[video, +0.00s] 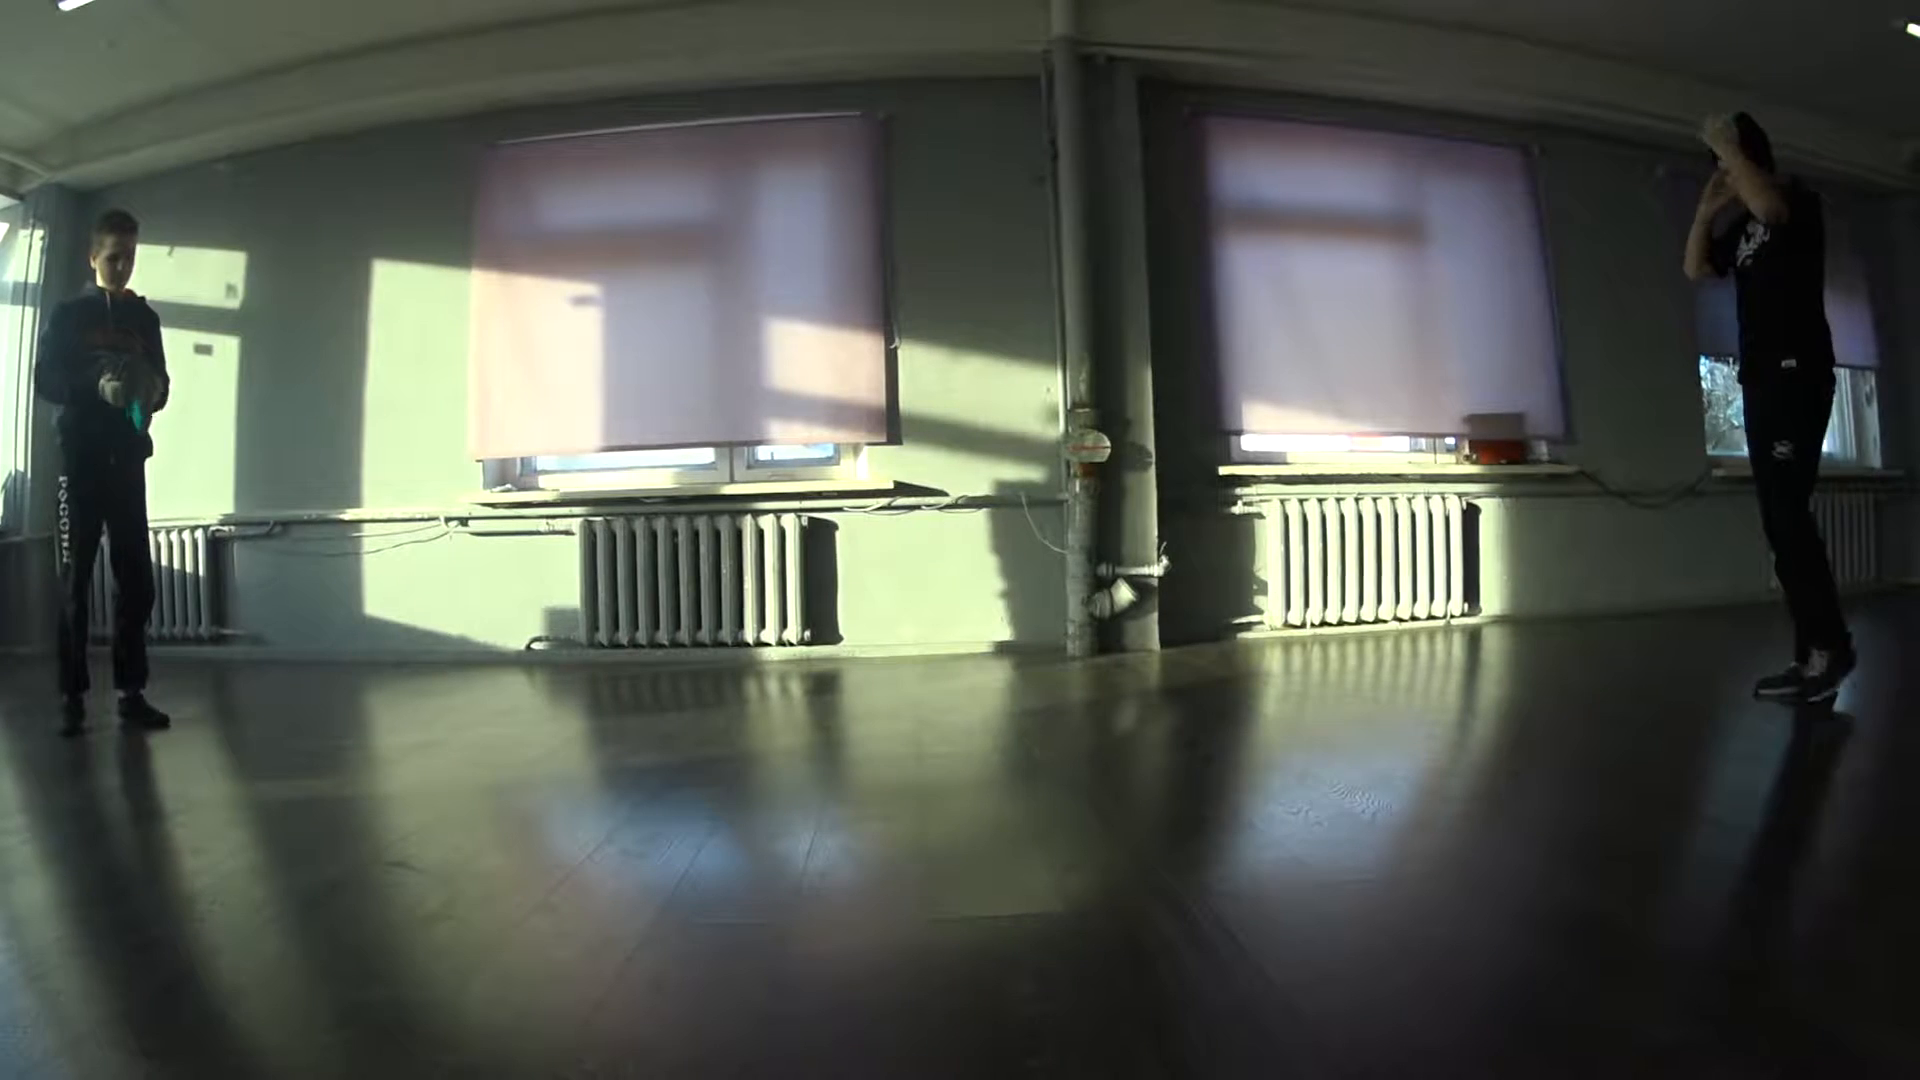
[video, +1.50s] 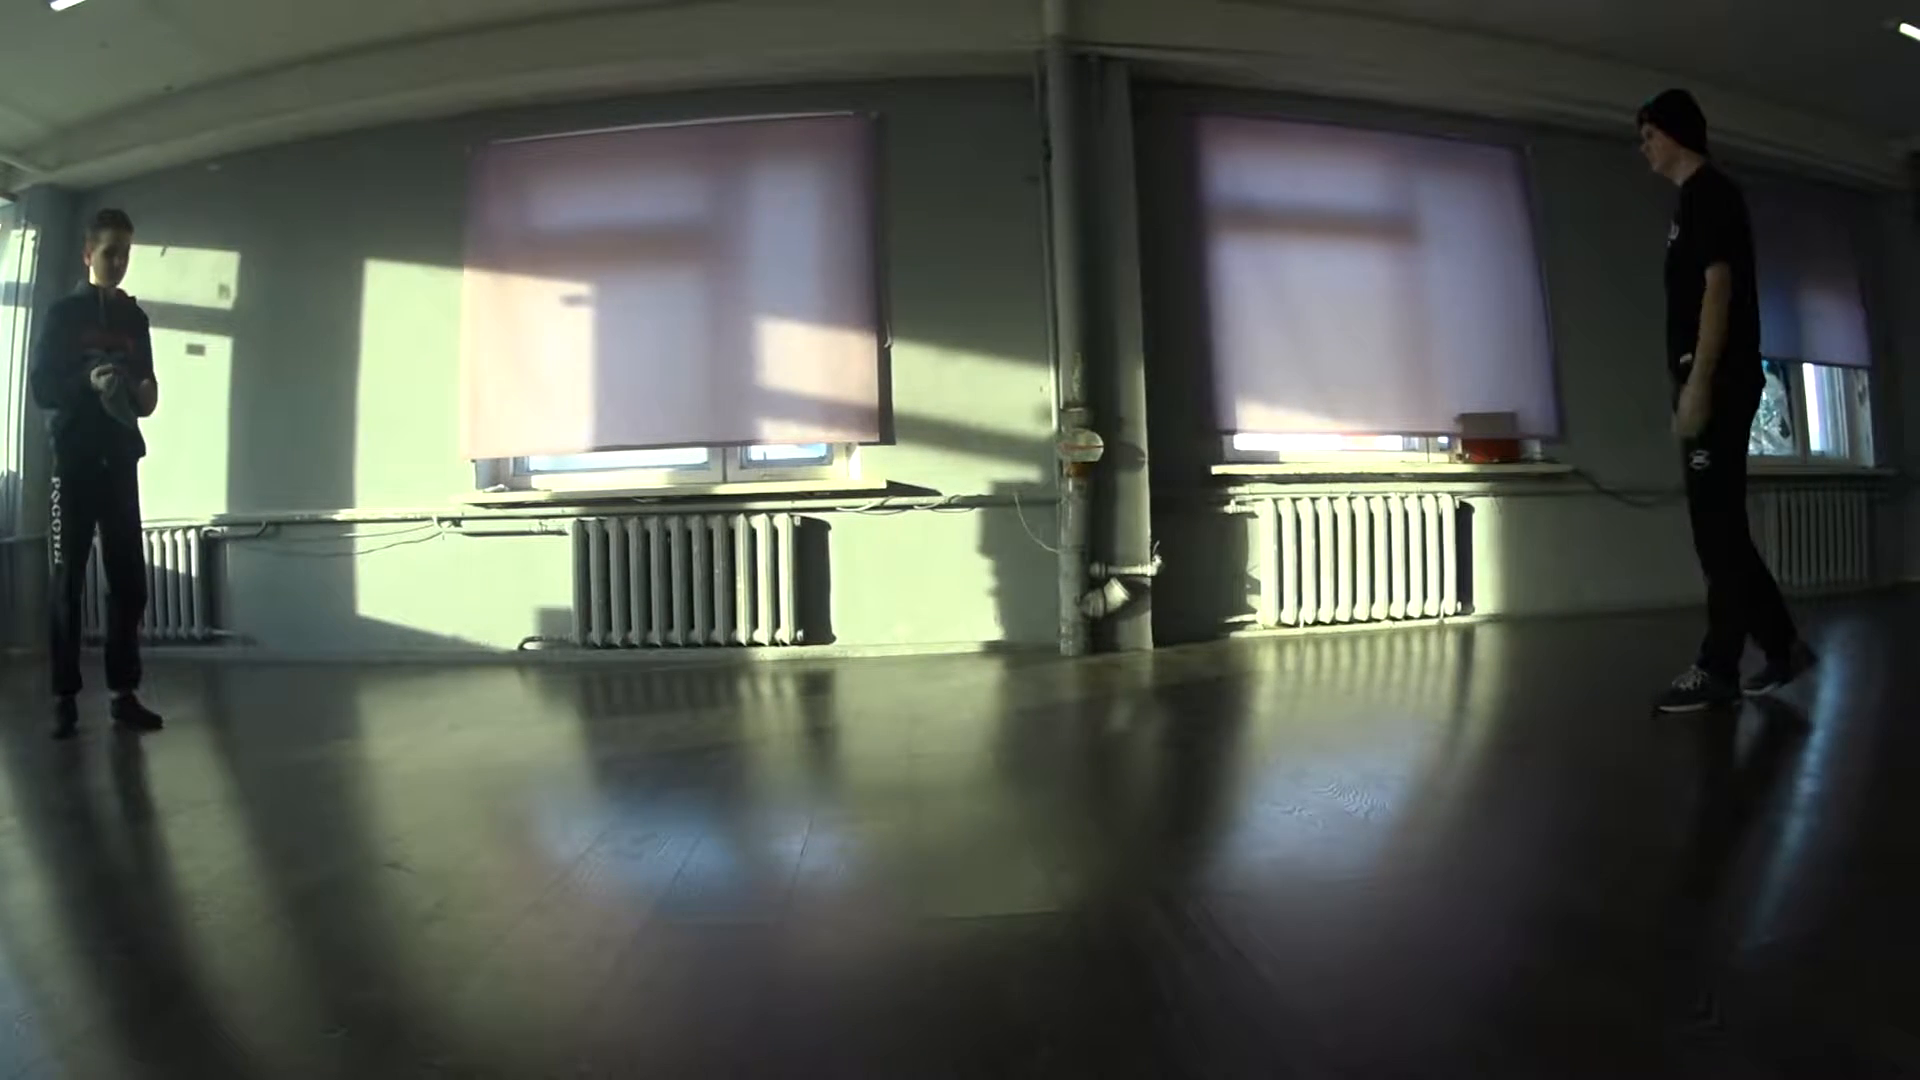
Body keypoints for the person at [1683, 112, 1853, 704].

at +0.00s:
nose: (1725, 172)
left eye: (1729, 163)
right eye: (1723, 164)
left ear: (1752, 157)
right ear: (1734, 165)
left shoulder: (1799, 204)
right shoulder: (1740, 227)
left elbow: (1765, 205)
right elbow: (1696, 268)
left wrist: (1728, 151)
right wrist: (1707, 206)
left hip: (1801, 374)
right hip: (1762, 378)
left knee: (1788, 516)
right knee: (1779, 519)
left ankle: (1831, 650)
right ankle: (1808, 655)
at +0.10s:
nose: (1724, 179)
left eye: (1732, 168)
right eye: (1716, 172)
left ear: (1756, 164)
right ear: (1711, 176)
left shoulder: (1792, 204)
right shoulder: (1733, 227)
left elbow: (1784, 234)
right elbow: (1702, 290)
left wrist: (1716, 187)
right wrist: (1694, 237)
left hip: (1798, 378)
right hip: (1757, 381)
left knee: (1783, 518)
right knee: (1777, 519)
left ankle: (1811, 665)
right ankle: (1799, 661)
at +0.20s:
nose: (1717, 181)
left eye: (1724, 167)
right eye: (1708, 173)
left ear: (1748, 161)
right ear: (1704, 178)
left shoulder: (1782, 203)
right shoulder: (1733, 232)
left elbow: (1804, 251)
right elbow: (1723, 308)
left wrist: (1721, 262)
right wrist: (1694, 284)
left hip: (1794, 378)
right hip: (1755, 382)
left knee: (1777, 517)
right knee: (1782, 518)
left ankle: (1767, 661)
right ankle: (1813, 661)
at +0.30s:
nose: (1706, 184)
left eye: (1712, 170)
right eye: (1697, 176)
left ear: (1736, 162)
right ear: (1696, 178)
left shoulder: (1773, 208)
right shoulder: (1728, 232)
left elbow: (1808, 274)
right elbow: (1737, 321)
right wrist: (1689, 357)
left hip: (1787, 386)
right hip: (1752, 389)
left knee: (1771, 524)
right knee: (1782, 524)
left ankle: (1734, 662)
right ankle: (1815, 663)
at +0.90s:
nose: (1658, 170)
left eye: (1663, 156)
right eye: (1651, 161)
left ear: (1690, 148)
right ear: (1652, 163)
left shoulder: (1726, 199)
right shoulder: (1694, 209)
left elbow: (1728, 286)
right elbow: (1693, 306)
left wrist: (1702, 371)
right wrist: (1674, 382)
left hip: (1727, 384)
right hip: (1701, 385)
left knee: (1722, 526)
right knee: (1704, 524)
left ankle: (1721, 669)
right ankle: (1784, 632)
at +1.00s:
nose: (1653, 165)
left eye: (1658, 152)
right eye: (1648, 156)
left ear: (1685, 145)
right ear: (1661, 153)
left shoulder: (1720, 196)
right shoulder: (1693, 206)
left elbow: (1706, 276)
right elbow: (1692, 307)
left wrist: (1643, 338)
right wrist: (1658, 380)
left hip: (1723, 377)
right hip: (1692, 378)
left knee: (1717, 520)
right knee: (1680, 521)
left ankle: (1720, 669)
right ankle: (1763, 624)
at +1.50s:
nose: (1645, 149)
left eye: (1650, 137)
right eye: (1643, 139)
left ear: (1676, 136)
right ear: (1680, 137)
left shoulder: (1709, 196)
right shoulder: (1699, 196)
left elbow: (1719, 295)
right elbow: (1712, 296)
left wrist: (1699, 386)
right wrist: (1694, 379)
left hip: (1722, 381)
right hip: (1716, 380)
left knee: (1716, 528)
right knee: (1722, 525)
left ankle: (1717, 670)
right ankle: (1783, 649)